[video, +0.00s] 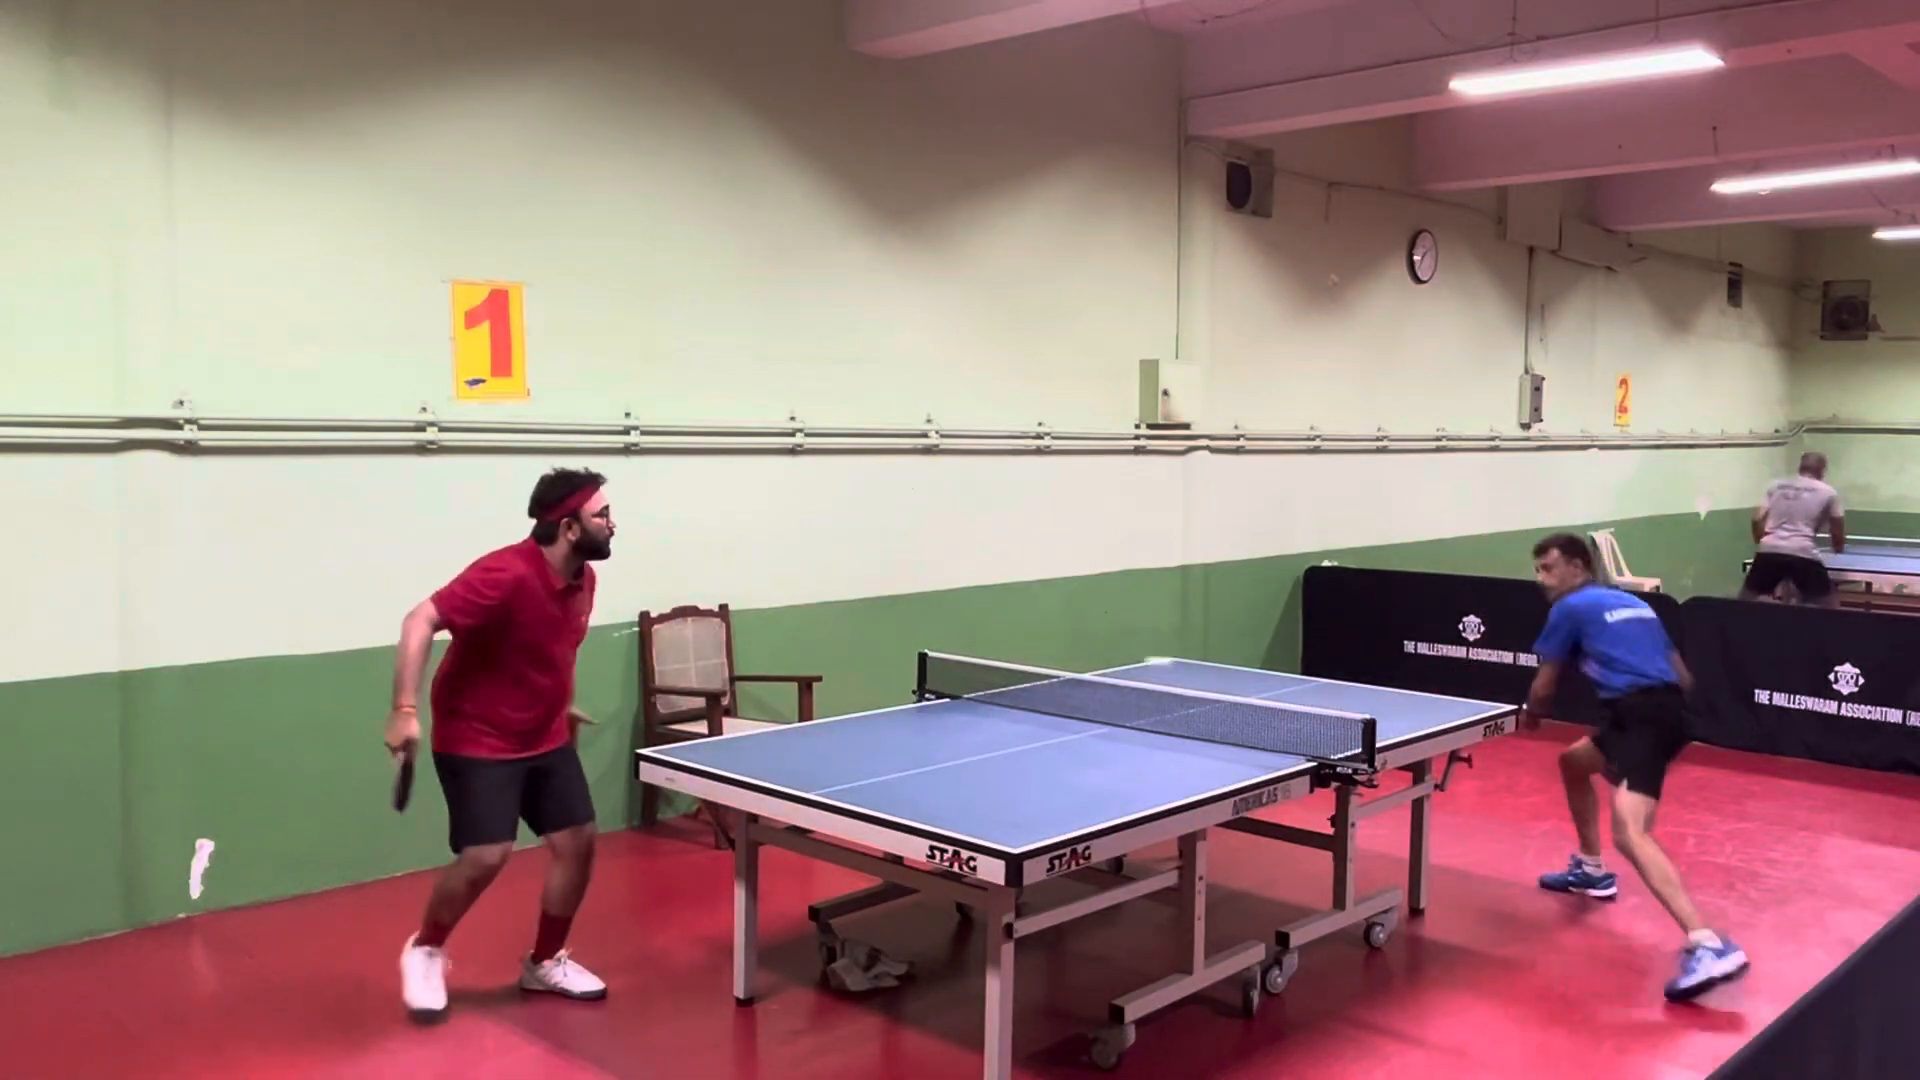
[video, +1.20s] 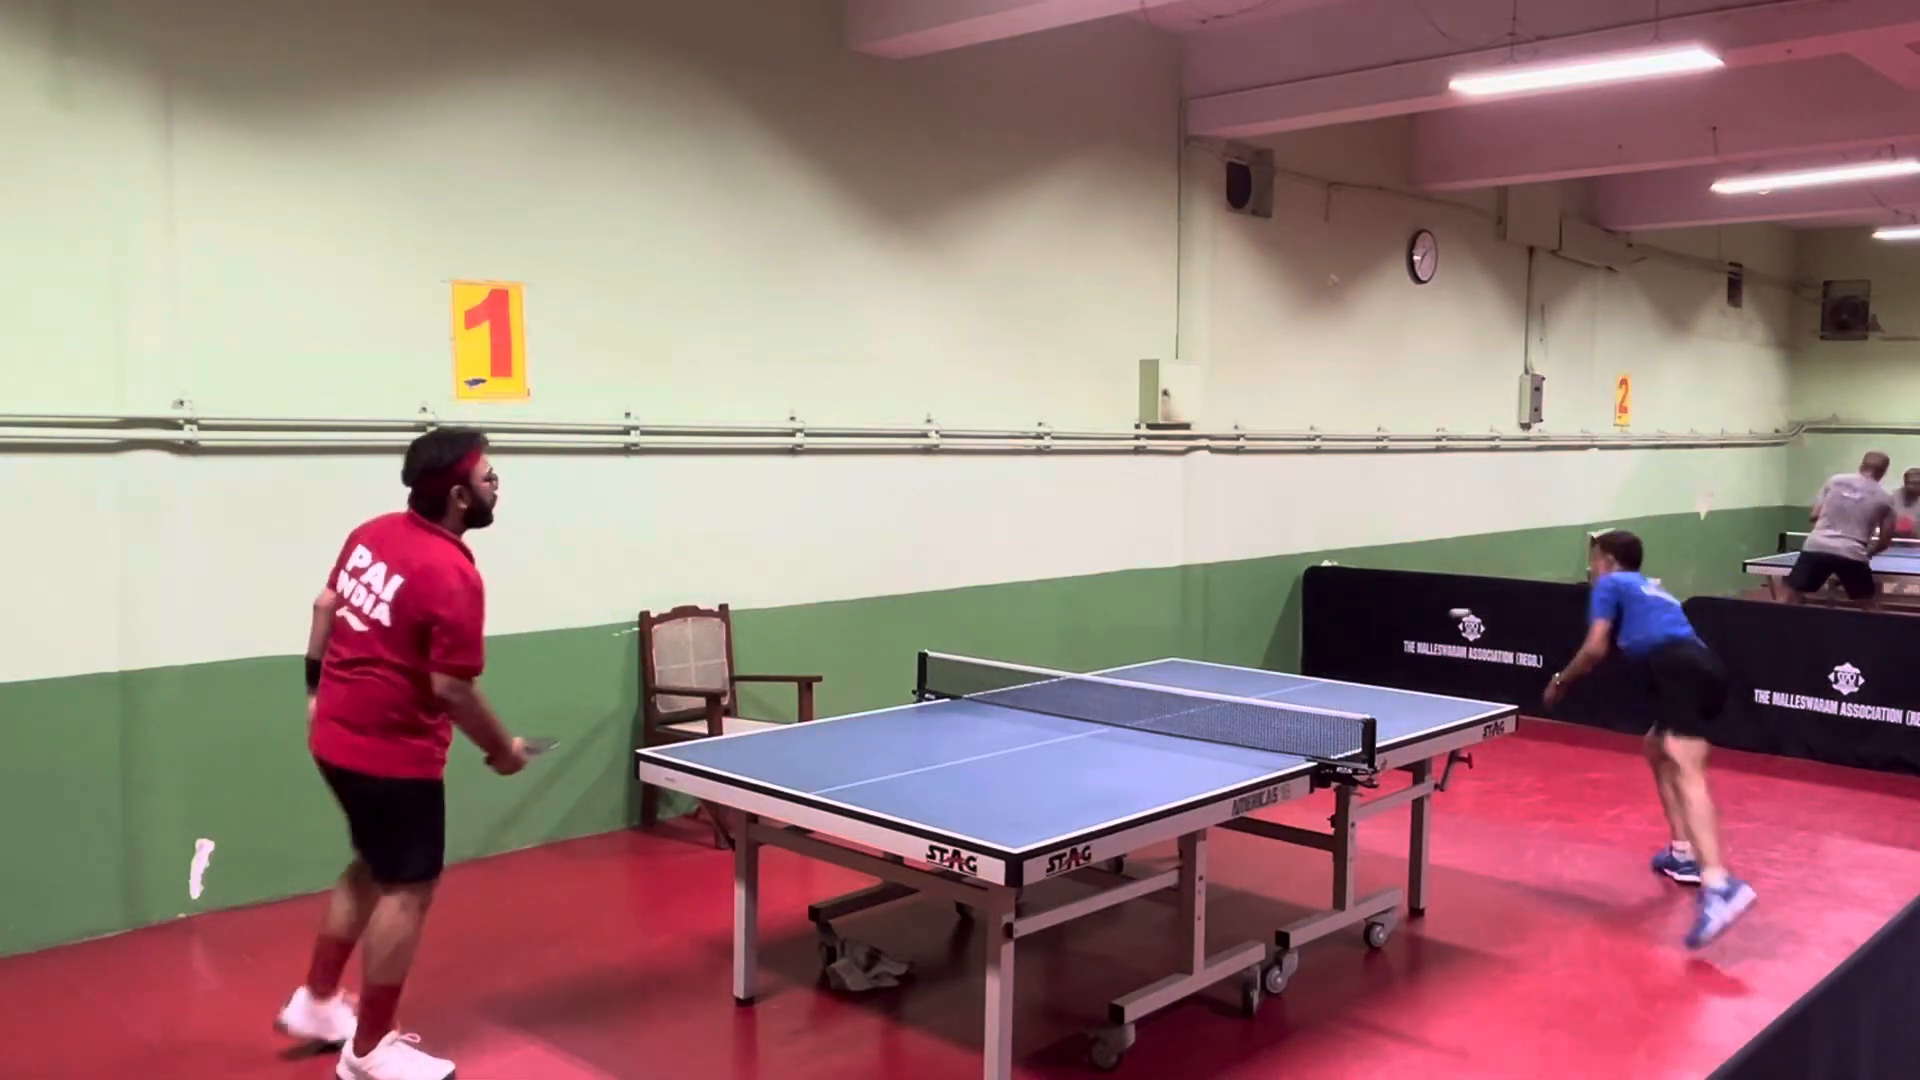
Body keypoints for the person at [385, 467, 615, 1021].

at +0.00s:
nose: (612, 523)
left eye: (608, 513)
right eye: (601, 515)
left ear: (574, 527)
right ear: (568, 527)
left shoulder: (583, 579)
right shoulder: (506, 573)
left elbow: (556, 651)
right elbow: (420, 619)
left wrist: (562, 706)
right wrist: (404, 709)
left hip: (544, 736)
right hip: (478, 739)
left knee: (577, 841)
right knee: (487, 854)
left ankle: (545, 963)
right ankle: (424, 951)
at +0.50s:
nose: (568, 513)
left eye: (565, 502)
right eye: (557, 505)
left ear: (521, 513)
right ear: (519, 515)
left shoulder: (517, 569)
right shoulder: (480, 574)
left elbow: (492, 654)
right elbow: (436, 661)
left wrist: (515, 713)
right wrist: (498, 731)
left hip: (464, 734)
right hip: (413, 737)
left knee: (494, 834)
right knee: (448, 865)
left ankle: (441, 956)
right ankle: (396, 1023)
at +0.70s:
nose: (557, 562)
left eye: (554, 550)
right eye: (549, 553)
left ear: (508, 561)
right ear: (517, 565)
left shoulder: (478, 597)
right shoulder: (471, 626)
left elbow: (467, 704)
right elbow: (462, 736)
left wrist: (511, 747)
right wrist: (535, 750)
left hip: (440, 758)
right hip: (400, 769)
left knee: (493, 858)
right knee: (465, 888)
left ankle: (431, 968)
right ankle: (372, 1042)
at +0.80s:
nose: (542, 560)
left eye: (539, 549)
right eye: (535, 551)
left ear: (484, 553)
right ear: (505, 560)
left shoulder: (438, 575)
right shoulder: (481, 639)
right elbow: (536, 727)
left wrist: (491, 705)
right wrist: (617, 724)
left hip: (415, 758)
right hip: (402, 777)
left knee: (474, 849)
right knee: (472, 898)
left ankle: (434, 966)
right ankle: (373, 1043)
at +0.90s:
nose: (530, 514)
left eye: (525, 503)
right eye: (522, 506)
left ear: (468, 518)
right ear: (492, 521)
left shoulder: (416, 539)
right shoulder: (485, 607)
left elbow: (362, 594)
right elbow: (539, 698)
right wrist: (614, 720)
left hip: (368, 741)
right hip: (416, 761)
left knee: (431, 846)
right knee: (464, 884)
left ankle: (436, 955)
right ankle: (375, 1038)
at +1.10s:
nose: (510, 479)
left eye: (505, 469)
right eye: (501, 471)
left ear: (448, 483)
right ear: (471, 484)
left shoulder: (384, 519)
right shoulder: (471, 572)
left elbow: (331, 588)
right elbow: (483, 682)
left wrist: (329, 661)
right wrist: (533, 739)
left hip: (347, 726)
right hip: (407, 748)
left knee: (393, 834)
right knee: (414, 878)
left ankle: (359, 951)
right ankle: (374, 1039)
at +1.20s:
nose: (497, 485)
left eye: (492, 474)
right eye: (486, 478)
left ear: (432, 490)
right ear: (453, 492)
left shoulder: (373, 533)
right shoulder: (452, 574)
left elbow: (325, 609)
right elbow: (452, 688)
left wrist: (318, 686)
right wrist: (501, 747)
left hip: (337, 742)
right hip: (393, 757)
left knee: (372, 866)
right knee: (408, 888)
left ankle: (315, 1003)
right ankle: (372, 1046)